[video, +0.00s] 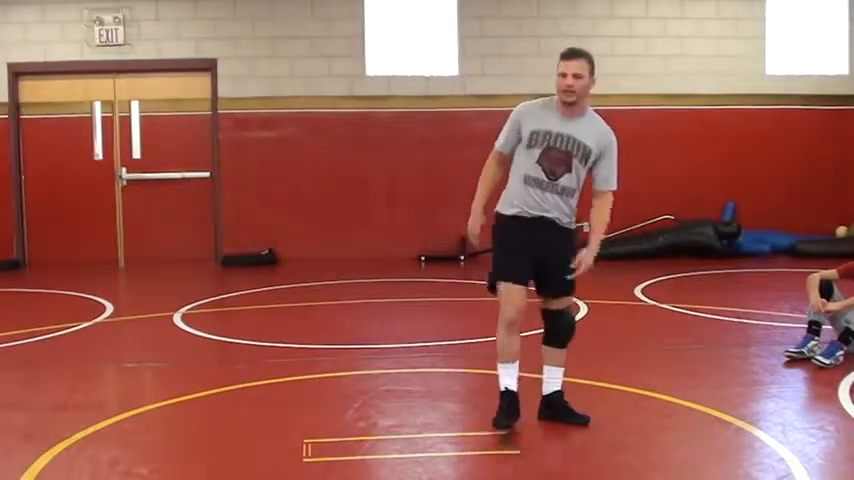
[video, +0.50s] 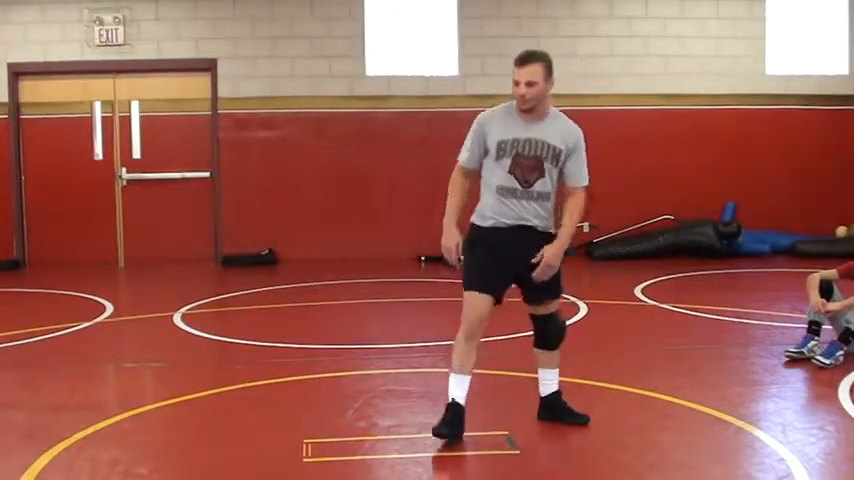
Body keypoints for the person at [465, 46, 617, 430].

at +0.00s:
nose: (568, 83)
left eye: (577, 76)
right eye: (563, 75)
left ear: (591, 82)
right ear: (555, 78)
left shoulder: (602, 137)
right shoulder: (525, 114)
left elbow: (603, 197)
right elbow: (496, 162)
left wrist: (593, 246)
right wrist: (476, 213)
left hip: (558, 230)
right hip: (513, 223)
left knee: (561, 318)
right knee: (512, 314)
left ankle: (551, 398)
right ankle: (508, 396)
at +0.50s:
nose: (522, 91)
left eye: (531, 84)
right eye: (518, 83)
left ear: (549, 86)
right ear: (511, 83)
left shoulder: (569, 134)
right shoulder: (487, 122)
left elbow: (576, 194)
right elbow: (462, 173)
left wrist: (560, 245)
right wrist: (450, 225)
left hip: (540, 237)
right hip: (488, 234)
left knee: (548, 323)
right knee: (472, 321)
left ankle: (550, 399)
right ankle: (455, 408)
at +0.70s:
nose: (474, 91)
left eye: (482, 84)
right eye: (469, 84)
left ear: (504, 85)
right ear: (465, 84)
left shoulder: (532, 127)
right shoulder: (450, 129)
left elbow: (552, 183)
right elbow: (433, 186)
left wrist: (562, 240)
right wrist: (436, 242)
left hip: (513, 240)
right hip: (463, 239)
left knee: (540, 323)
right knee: (455, 329)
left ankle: (547, 400)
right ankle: (450, 418)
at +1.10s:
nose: (415, 83)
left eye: (423, 75)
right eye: (414, 76)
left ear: (448, 78)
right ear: (419, 80)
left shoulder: (488, 118)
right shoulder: (405, 131)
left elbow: (511, 174)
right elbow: (402, 195)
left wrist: (524, 228)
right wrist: (423, 247)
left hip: (483, 234)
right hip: (435, 239)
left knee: (515, 323)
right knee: (440, 326)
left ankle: (518, 393)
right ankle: (448, 417)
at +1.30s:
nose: (407, 82)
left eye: (414, 74)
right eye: (404, 75)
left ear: (439, 76)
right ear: (404, 78)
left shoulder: (478, 118)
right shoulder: (396, 131)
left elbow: (501, 176)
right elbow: (386, 193)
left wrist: (513, 230)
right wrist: (391, 248)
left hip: (474, 234)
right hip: (424, 238)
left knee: (506, 329)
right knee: (438, 329)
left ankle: (477, 383)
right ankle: (447, 417)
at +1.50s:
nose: (403, 84)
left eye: (410, 75)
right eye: (399, 77)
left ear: (434, 76)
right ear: (397, 82)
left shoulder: (470, 119)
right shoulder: (389, 133)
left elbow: (487, 179)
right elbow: (374, 191)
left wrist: (488, 233)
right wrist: (366, 251)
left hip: (464, 234)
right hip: (417, 239)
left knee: (482, 335)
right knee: (433, 330)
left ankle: (422, 375)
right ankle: (447, 418)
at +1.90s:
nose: (430, 84)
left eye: (431, 76)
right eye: (421, 78)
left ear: (433, 80)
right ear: (399, 83)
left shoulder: (448, 126)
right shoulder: (371, 131)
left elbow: (461, 185)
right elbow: (353, 189)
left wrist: (466, 238)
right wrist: (361, 246)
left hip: (437, 236)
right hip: (394, 239)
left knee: (432, 329)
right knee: (415, 330)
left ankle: (397, 395)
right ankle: (440, 416)